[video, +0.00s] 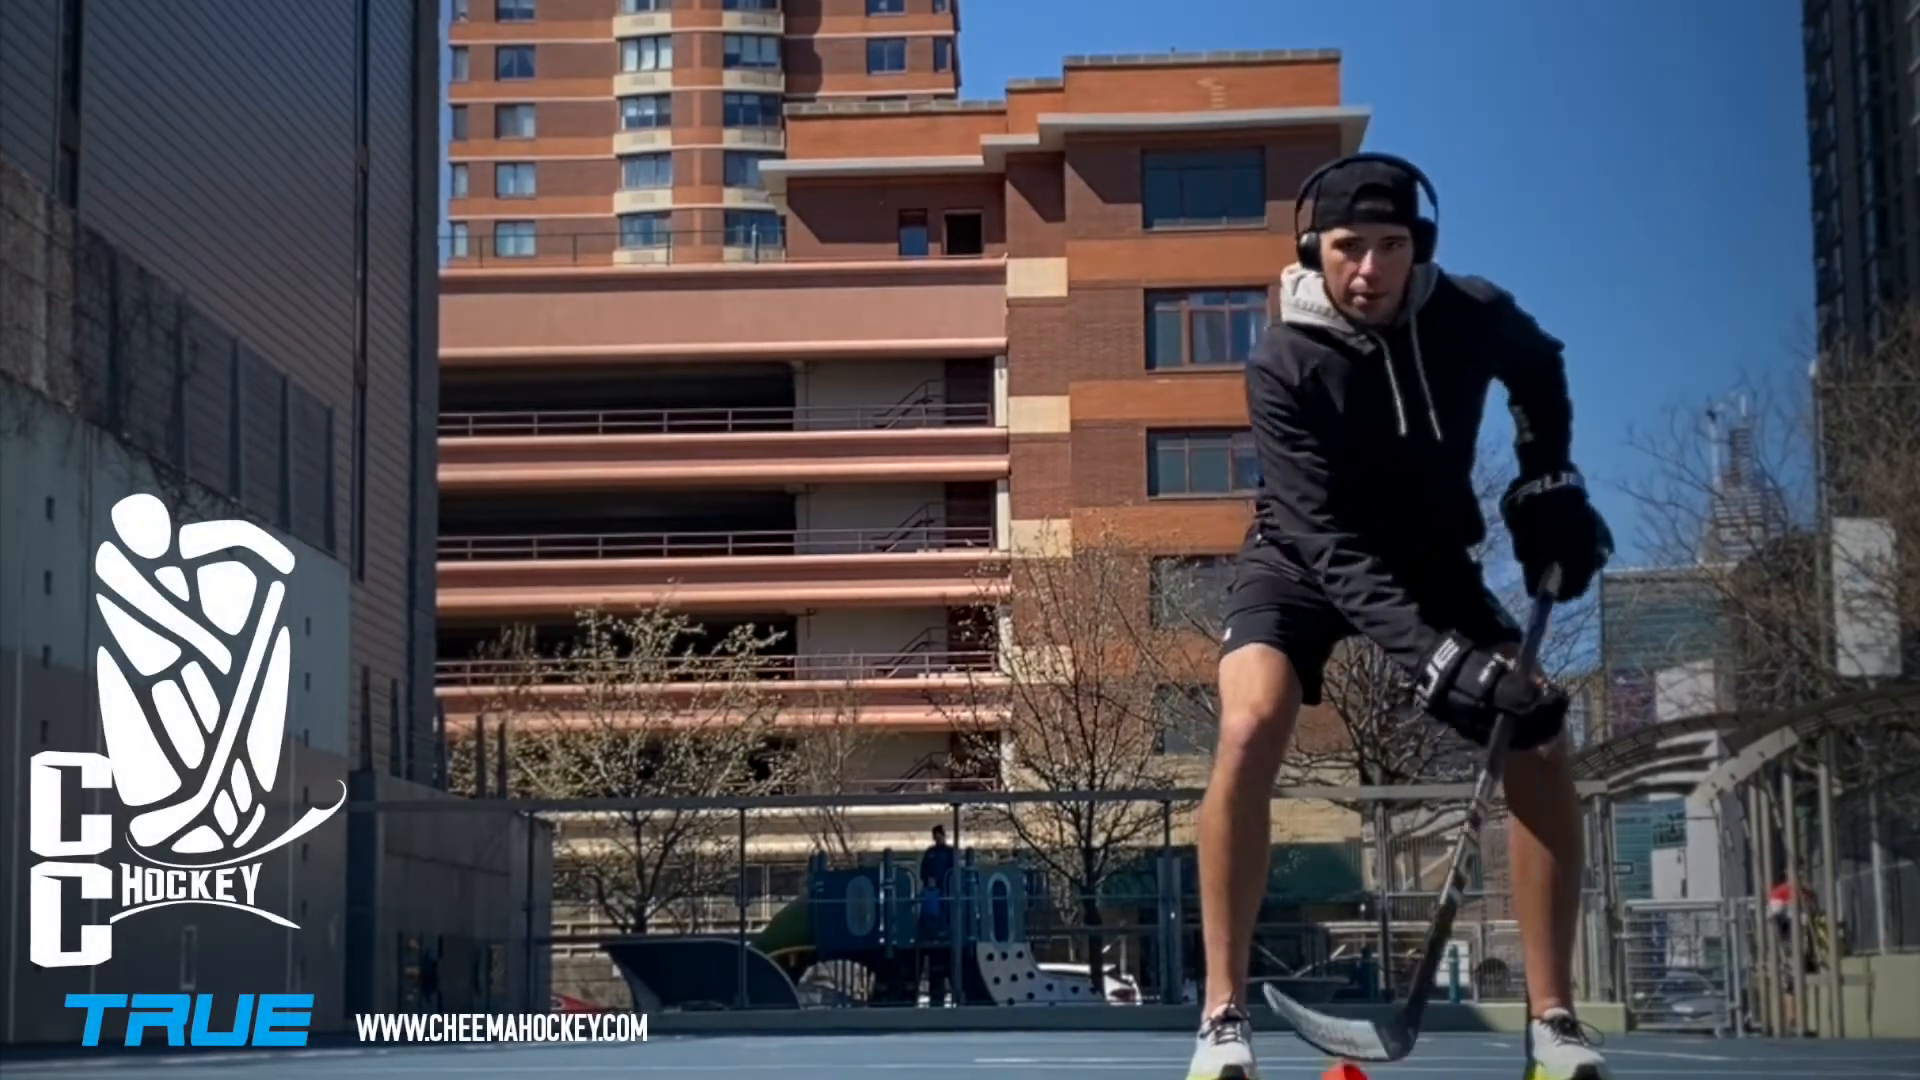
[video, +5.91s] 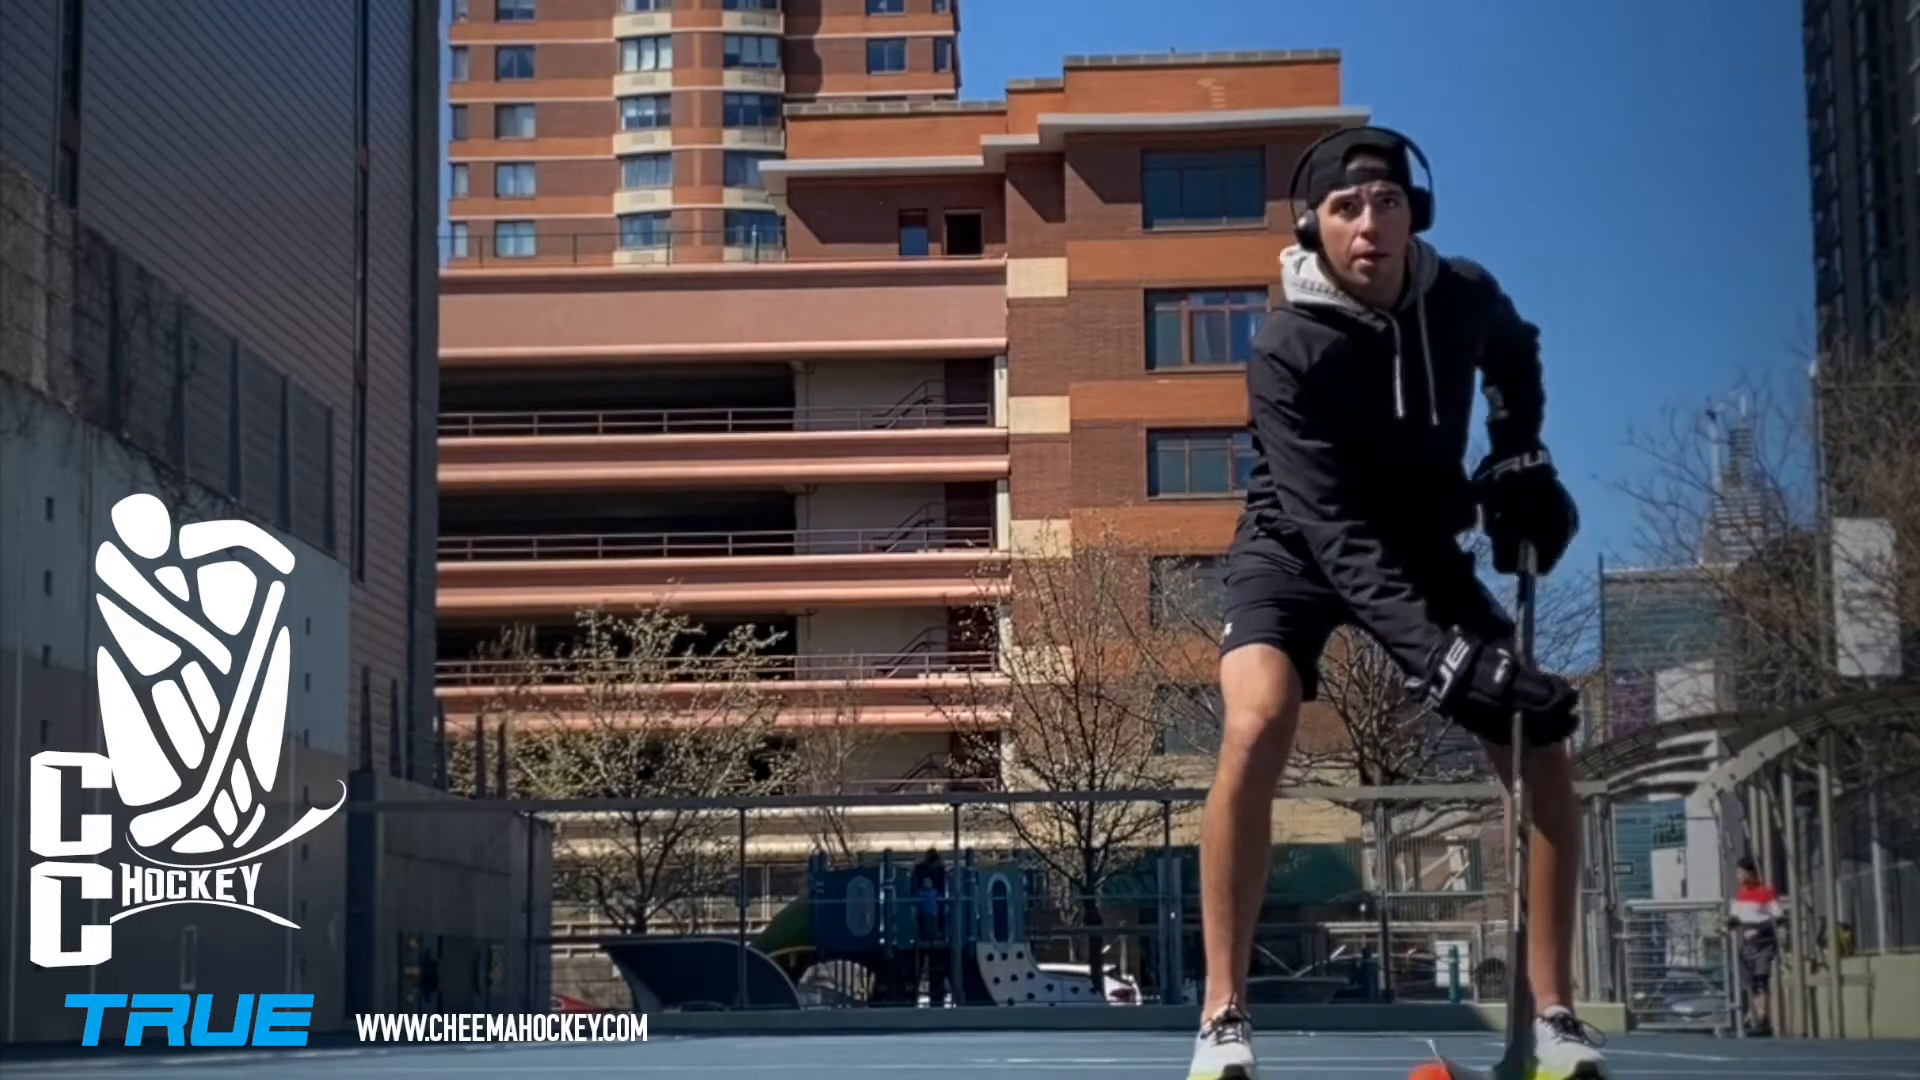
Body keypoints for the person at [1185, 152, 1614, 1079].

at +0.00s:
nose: (1369, 271)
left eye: (1389, 249)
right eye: (1348, 249)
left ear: (1420, 250)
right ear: (1312, 252)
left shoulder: (1472, 315)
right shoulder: (1287, 361)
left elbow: (1538, 370)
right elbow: (1322, 544)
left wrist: (1548, 483)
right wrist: (1435, 660)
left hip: (1431, 558)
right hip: (1301, 558)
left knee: (1537, 742)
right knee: (1251, 727)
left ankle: (1553, 1018)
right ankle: (1222, 1013)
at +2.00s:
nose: (1326, 266)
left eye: (1347, 244)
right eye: (1307, 246)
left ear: (1384, 237)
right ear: (1280, 243)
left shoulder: (1444, 289)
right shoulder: (1258, 344)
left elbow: (1523, 331)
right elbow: (1294, 526)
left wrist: (1530, 455)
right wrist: (1408, 644)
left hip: (1414, 536)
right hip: (1282, 542)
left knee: (1517, 730)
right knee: (1236, 725)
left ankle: (1550, 1013)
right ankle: (1220, 1013)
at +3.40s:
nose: (1453, 248)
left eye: (1462, 226)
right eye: (1430, 229)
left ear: (1473, 227)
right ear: (1376, 235)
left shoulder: (1491, 298)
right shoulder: (1314, 345)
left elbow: (1540, 348)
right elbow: (1349, 540)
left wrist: (1550, 467)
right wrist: (1499, 661)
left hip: (1431, 545)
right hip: (1305, 541)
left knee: (1539, 750)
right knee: (1260, 732)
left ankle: (1554, 1020)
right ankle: (1223, 1014)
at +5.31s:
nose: (1540, 260)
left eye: (1542, 243)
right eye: (1531, 242)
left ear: (1474, 241)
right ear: (1476, 243)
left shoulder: (1492, 313)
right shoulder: (1349, 329)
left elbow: (1523, 400)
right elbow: (1366, 534)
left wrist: (1542, 482)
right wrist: (1501, 652)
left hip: (1406, 542)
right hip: (1292, 536)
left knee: (1527, 740)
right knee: (1278, 738)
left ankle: (1558, 1025)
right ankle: (1225, 1017)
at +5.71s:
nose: (1449, 233)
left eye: (1465, 213)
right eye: (1426, 212)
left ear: (1481, 223)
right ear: (1377, 221)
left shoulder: (1493, 305)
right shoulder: (1320, 334)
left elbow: (1543, 389)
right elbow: (1316, 525)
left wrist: (1571, 486)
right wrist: (1415, 647)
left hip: (1419, 548)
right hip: (1296, 541)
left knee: (1539, 729)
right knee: (1270, 731)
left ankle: (1558, 1017)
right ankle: (1223, 1016)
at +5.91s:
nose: (1369, 227)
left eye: (1386, 206)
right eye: (1346, 209)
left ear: (1416, 217)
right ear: (1311, 228)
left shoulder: (1464, 296)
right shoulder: (1289, 351)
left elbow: (1516, 362)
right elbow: (1329, 532)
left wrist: (1518, 460)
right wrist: (1446, 663)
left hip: (1421, 541)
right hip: (1295, 543)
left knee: (1539, 746)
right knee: (1255, 727)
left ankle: (1550, 1012)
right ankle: (1223, 1013)